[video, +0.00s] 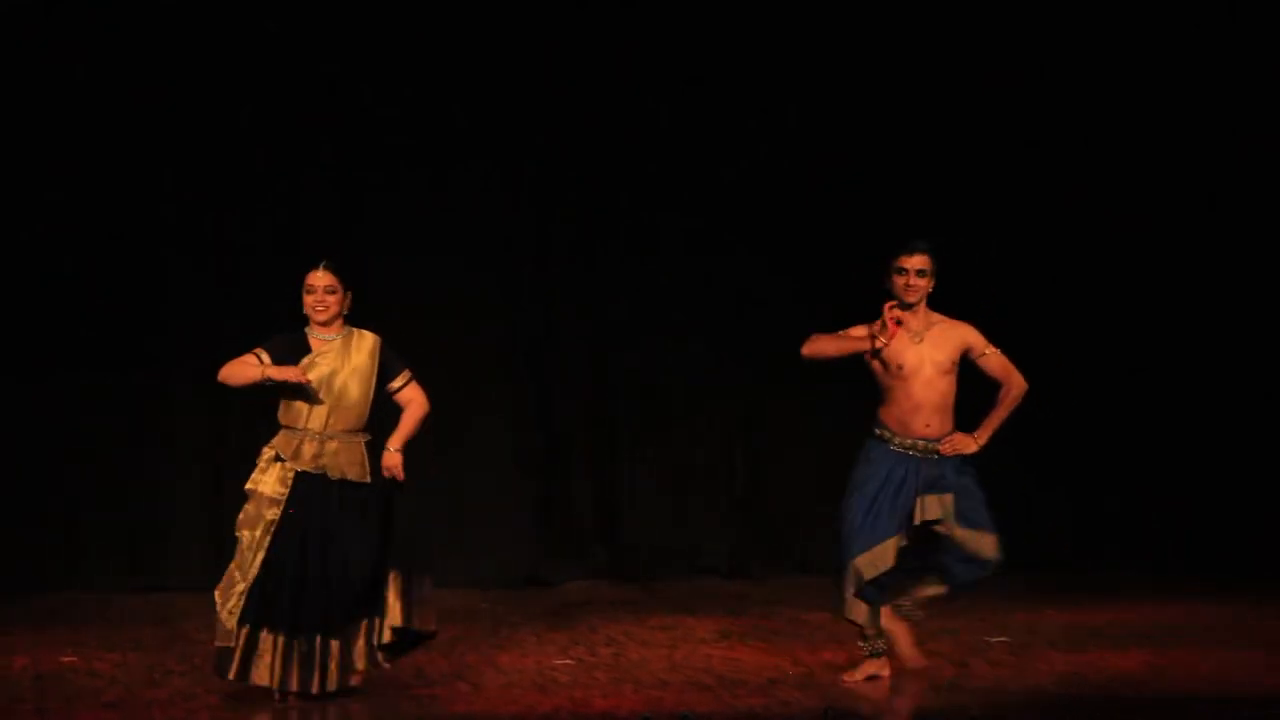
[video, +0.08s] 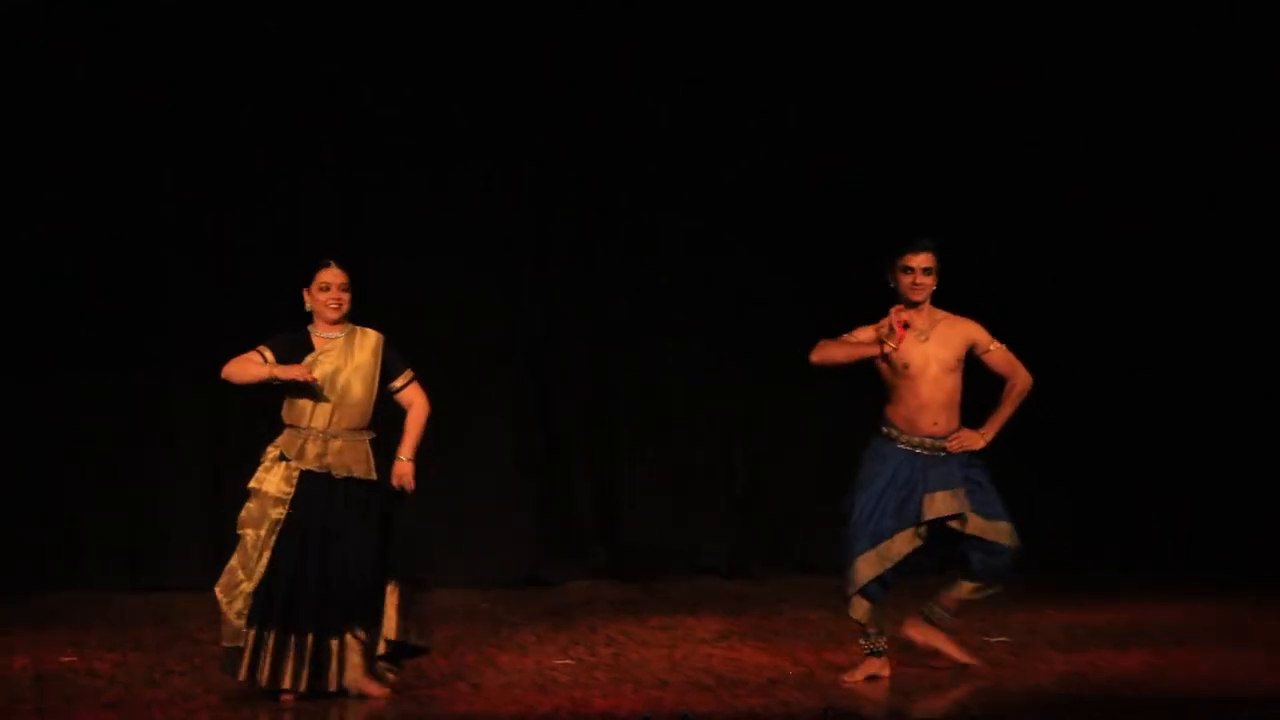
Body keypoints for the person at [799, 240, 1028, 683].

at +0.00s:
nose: (911, 282)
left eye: (920, 274)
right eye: (902, 273)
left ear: (932, 281)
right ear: (890, 278)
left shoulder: (958, 334)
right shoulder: (876, 333)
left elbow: (1015, 384)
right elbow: (810, 348)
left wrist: (978, 436)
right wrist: (871, 340)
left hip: (943, 455)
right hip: (888, 452)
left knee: (976, 550)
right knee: (866, 549)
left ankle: (898, 605)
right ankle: (876, 654)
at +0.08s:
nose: (917, 280)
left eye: (926, 272)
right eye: (908, 271)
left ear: (936, 277)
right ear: (894, 277)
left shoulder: (963, 330)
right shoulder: (881, 332)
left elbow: (1021, 379)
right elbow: (819, 355)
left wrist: (985, 433)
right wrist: (879, 344)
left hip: (951, 454)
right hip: (895, 451)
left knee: (996, 548)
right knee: (866, 546)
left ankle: (932, 621)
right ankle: (876, 653)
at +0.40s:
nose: (951, 272)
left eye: (956, 264)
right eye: (940, 264)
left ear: (963, 272)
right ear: (920, 273)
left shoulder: (984, 320)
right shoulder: (913, 328)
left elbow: (1054, 325)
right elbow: (871, 355)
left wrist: (1035, 354)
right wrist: (926, 368)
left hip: (980, 447)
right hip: (931, 449)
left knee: (1006, 541)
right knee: (948, 550)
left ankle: (962, 647)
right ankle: (940, 631)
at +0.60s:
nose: (895, 297)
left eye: (896, 290)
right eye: (885, 290)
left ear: (896, 299)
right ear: (857, 299)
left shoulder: (915, 360)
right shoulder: (824, 352)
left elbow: (975, 407)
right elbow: (751, 339)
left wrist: (1026, 431)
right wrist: (743, 276)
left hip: (911, 478)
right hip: (849, 481)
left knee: (965, 564)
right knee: (800, 566)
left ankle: (913, 655)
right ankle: (843, 659)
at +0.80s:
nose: (896, 296)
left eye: (896, 289)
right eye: (885, 290)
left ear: (893, 299)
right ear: (857, 300)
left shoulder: (914, 361)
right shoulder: (824, 353)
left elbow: (973, 408)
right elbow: (751, 340)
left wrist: (1026, 432)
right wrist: (744, 277)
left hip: (912, 479)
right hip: (849, 481)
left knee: (965, 564)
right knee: (800, 564)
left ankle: (913, 656)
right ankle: (843, 659)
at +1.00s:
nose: (896, 296)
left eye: (896, 289)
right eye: (885, 290)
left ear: (894, 299)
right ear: (857, 300)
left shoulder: (914, 362)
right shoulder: (824, 353)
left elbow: (973, 409)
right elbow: (750, 342)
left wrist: (1025, 434)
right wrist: (740, 279)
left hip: (912, 480)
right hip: (849, 482)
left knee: (965, 565)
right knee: (800, 566)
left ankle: (912, 656)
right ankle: (843, 659)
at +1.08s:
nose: (896, 297)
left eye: (896, 290)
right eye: (885, 290)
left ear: (894, 300)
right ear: (856, 300)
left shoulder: (914, 362)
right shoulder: (823, 354)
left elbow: (973, 409)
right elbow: (750, 342)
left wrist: (1024, 434)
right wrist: (740, 280)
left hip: (911, 480)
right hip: (848, 482)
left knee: (965, 565)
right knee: (800, 566)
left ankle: (913, 656)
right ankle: (843, 659)